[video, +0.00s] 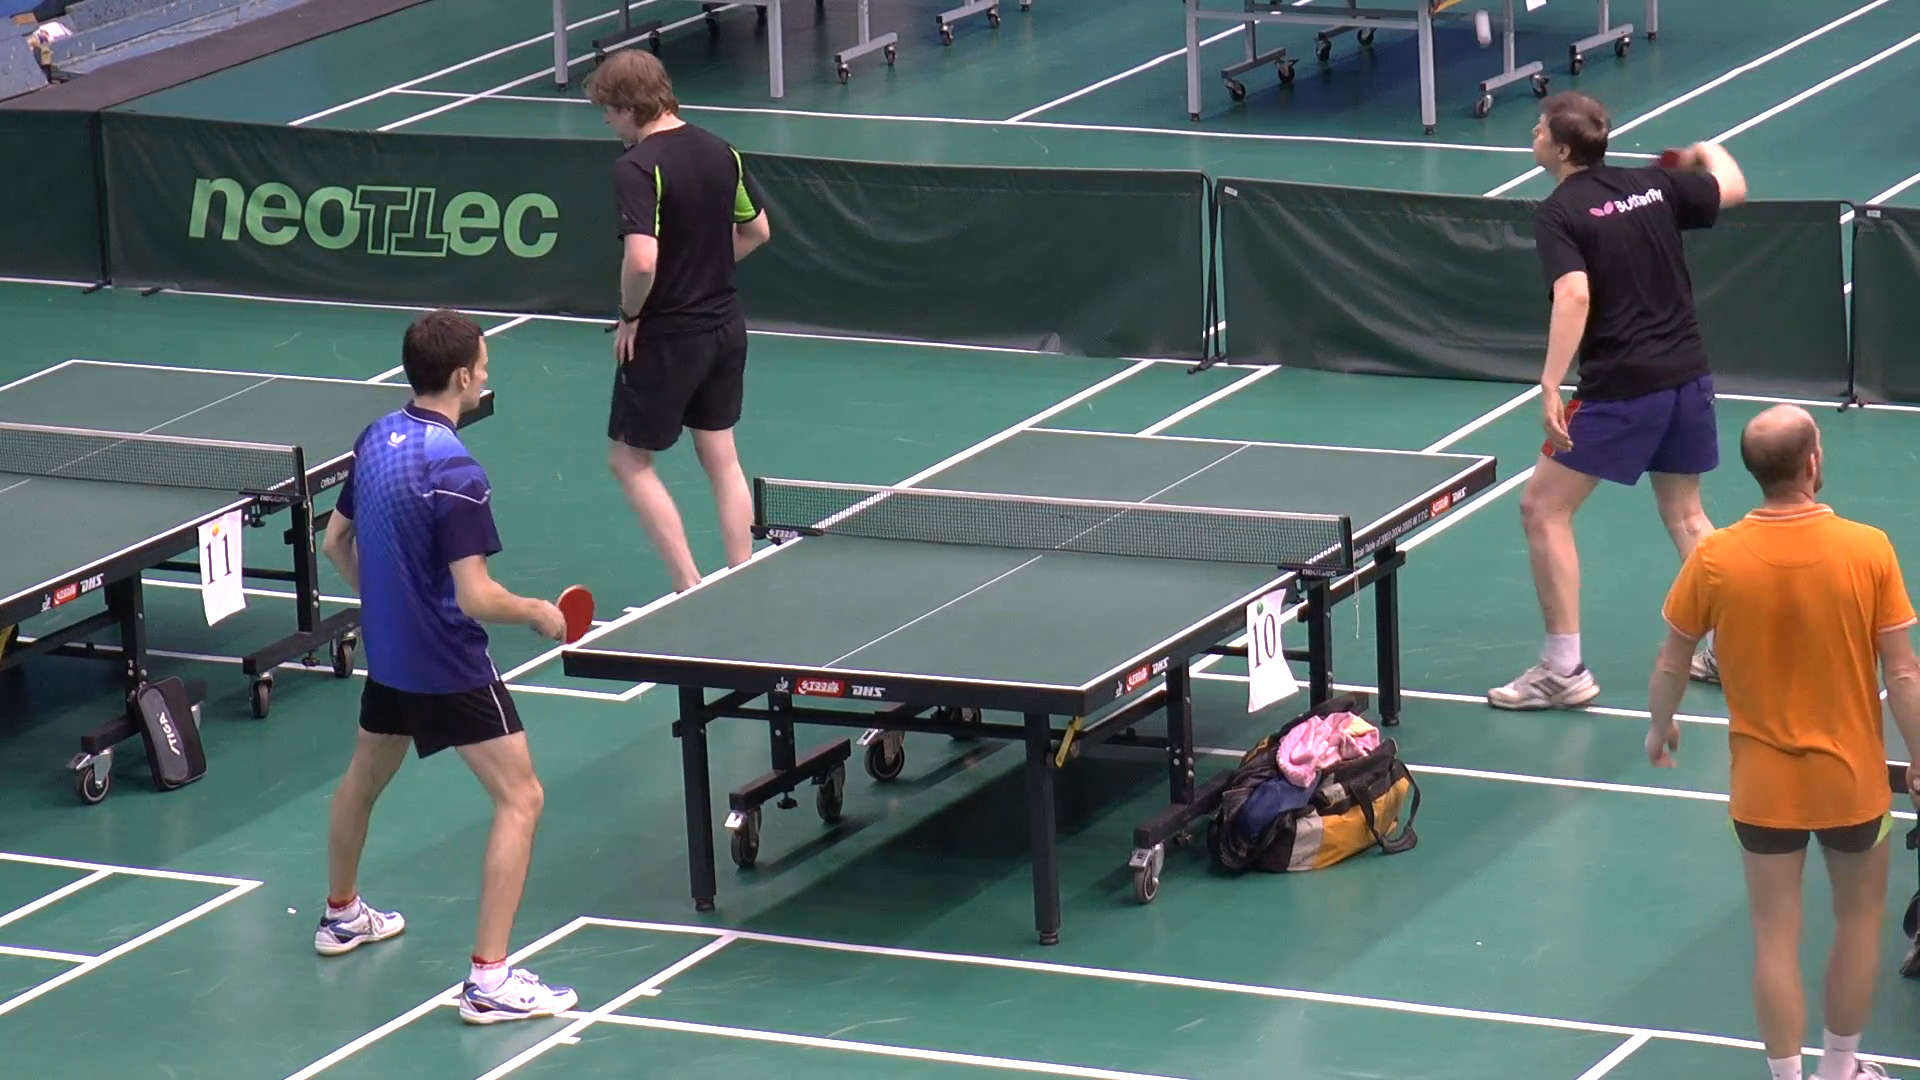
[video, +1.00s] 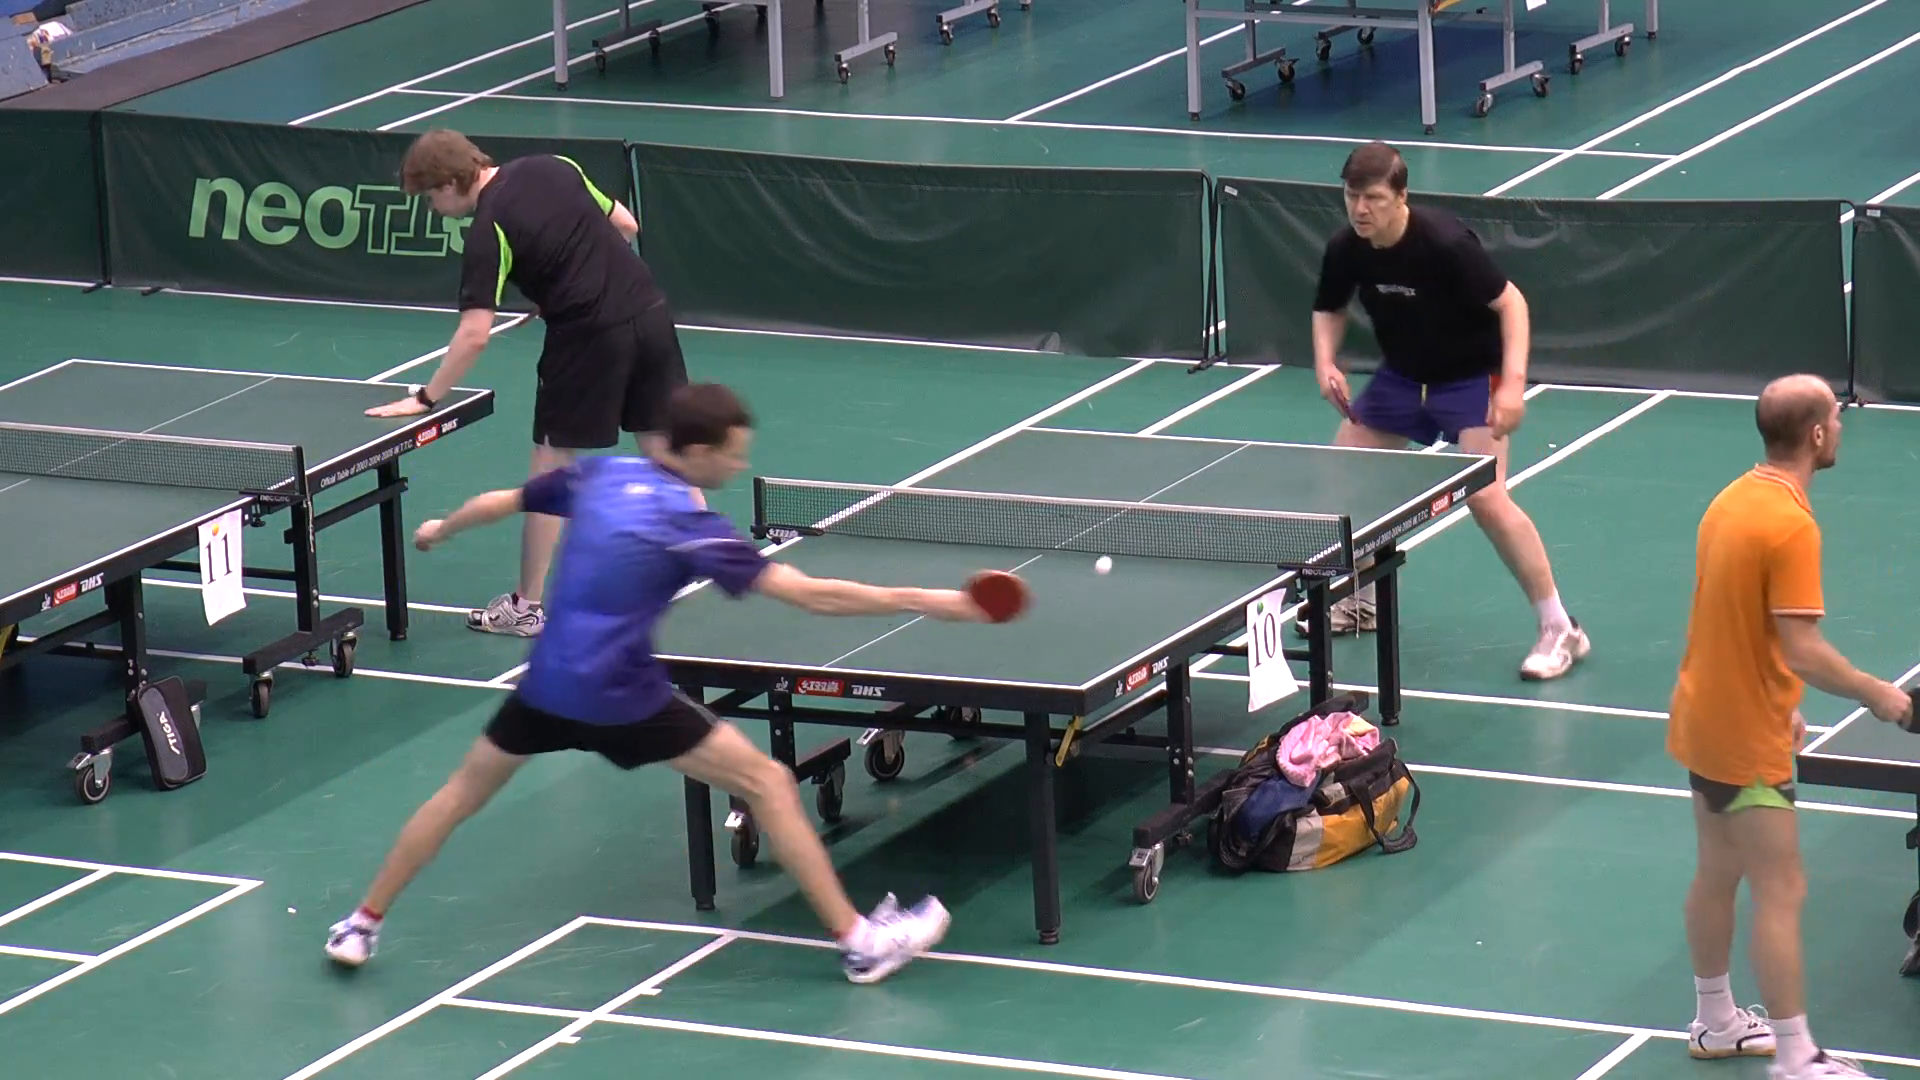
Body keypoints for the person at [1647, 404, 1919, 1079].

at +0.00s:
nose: (1821, 452)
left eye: (1815, 442)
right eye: (1818, 445)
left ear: (1750, 468)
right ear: (1813, 461)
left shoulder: (1716, 555)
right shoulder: (1868, 549)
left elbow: (1672, 662)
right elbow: (1902, 673)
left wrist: (1660, 726)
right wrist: (1918, 761)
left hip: (1761, 786)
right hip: (1853, 779)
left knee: (1774, 933)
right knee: (1857, 916)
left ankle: (1785, 1071)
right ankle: (1840, 1068)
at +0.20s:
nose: (1837, 448)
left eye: (1831, 437)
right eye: (1834, 441)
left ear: (1765, 461)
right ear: (1829, 459)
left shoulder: (1724, 542)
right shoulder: (1876, 549)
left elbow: (1688, 656)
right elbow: (1902, 675)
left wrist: (1696, 714)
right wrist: (1916, 761)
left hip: (1757, 769)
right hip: (1843, 770)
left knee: (1764, 921)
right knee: (1834, 922)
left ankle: (1781, 1070)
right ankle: (1818, 1067)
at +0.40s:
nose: (1861, 439)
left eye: (1855, 429)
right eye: (1859, 432)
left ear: (1788, 455)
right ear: (1851, 453)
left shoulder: (1741, 527)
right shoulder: (1885, 550)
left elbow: (1707, 648)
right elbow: (1903, 683)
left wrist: (1729, 729)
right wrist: (1915, 763)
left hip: (1751, 757)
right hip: (1840, 765)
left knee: (1739, 881)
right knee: (1828, 916)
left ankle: (1744, 1026)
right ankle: (1819, 1066)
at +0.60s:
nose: (1862, 435)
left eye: (1857, 425)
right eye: (1859, 427)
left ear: (1789, 447)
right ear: (1849, 445)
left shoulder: (1740, 516)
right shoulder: (1874, 543)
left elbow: (1701, 631)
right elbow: (1897, 678)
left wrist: (1734, 699)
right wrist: (1917, 744)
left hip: (1749, 740)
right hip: (1827, 754)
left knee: (1752, 856)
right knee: (1825, 912)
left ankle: (1704, 1011)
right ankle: (1817, 1066)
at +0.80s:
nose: (1850, 430)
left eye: (1847, 418)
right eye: (1847, 421)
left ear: (1777, 440)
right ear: (1834, 439)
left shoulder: (1732, 510)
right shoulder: (1838, 536)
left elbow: (1712, 629)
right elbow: (1860, 666)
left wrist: (1749, 683)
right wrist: (1909, 714)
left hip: (1733, 739)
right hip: (1800, 749)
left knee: (1743, 867)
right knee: (1824, 901)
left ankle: (1720, 1015)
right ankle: (1818, 1065)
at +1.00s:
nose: (1839, 428)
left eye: (1837, 416)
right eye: (1836, 418)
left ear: (1770, 433)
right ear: (1818, 434)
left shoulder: (1731, 499)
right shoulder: (1790, 521)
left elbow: (1721, 627)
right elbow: (1800, 647)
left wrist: (1776, 706)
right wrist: (1877, 691)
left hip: (1702, 721)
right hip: (1746, 734)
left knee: (1716, 872)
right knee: (1780, 890)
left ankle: (1714, 1020)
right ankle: (1797, 1054)